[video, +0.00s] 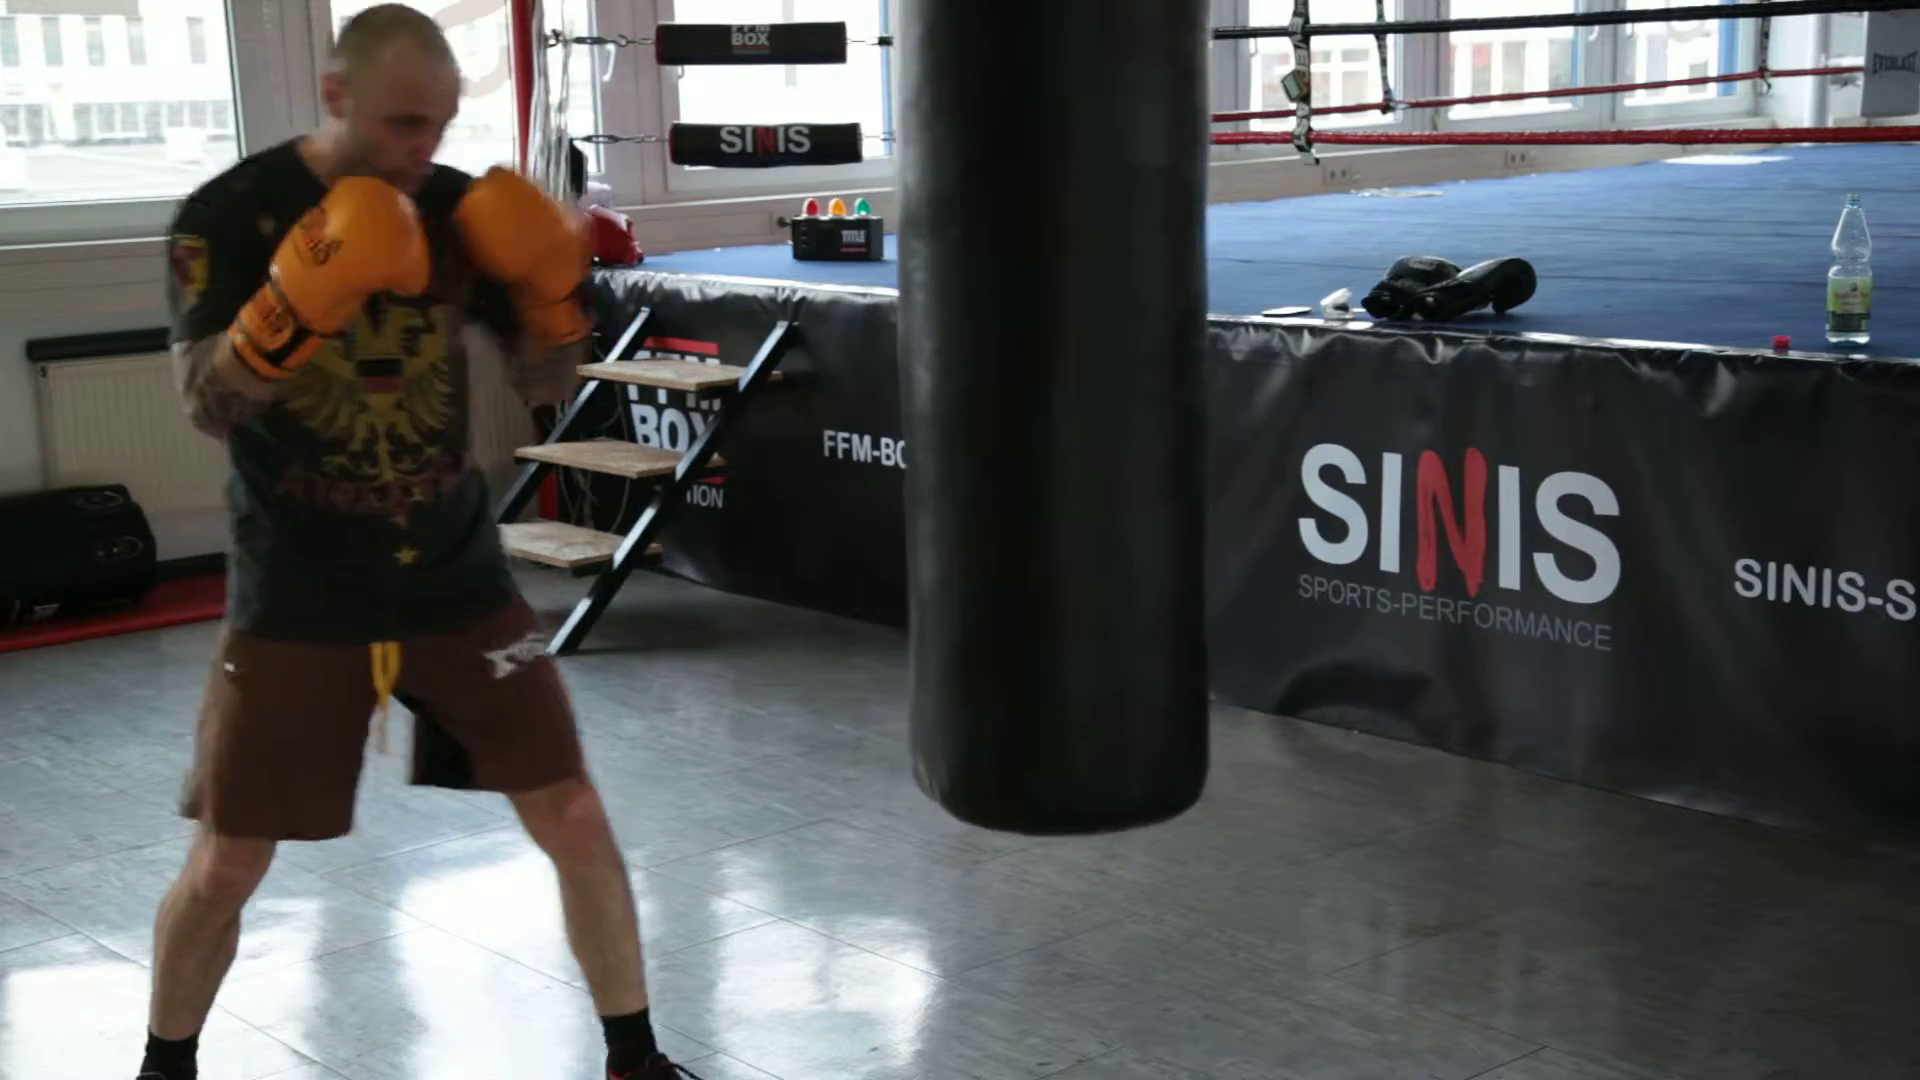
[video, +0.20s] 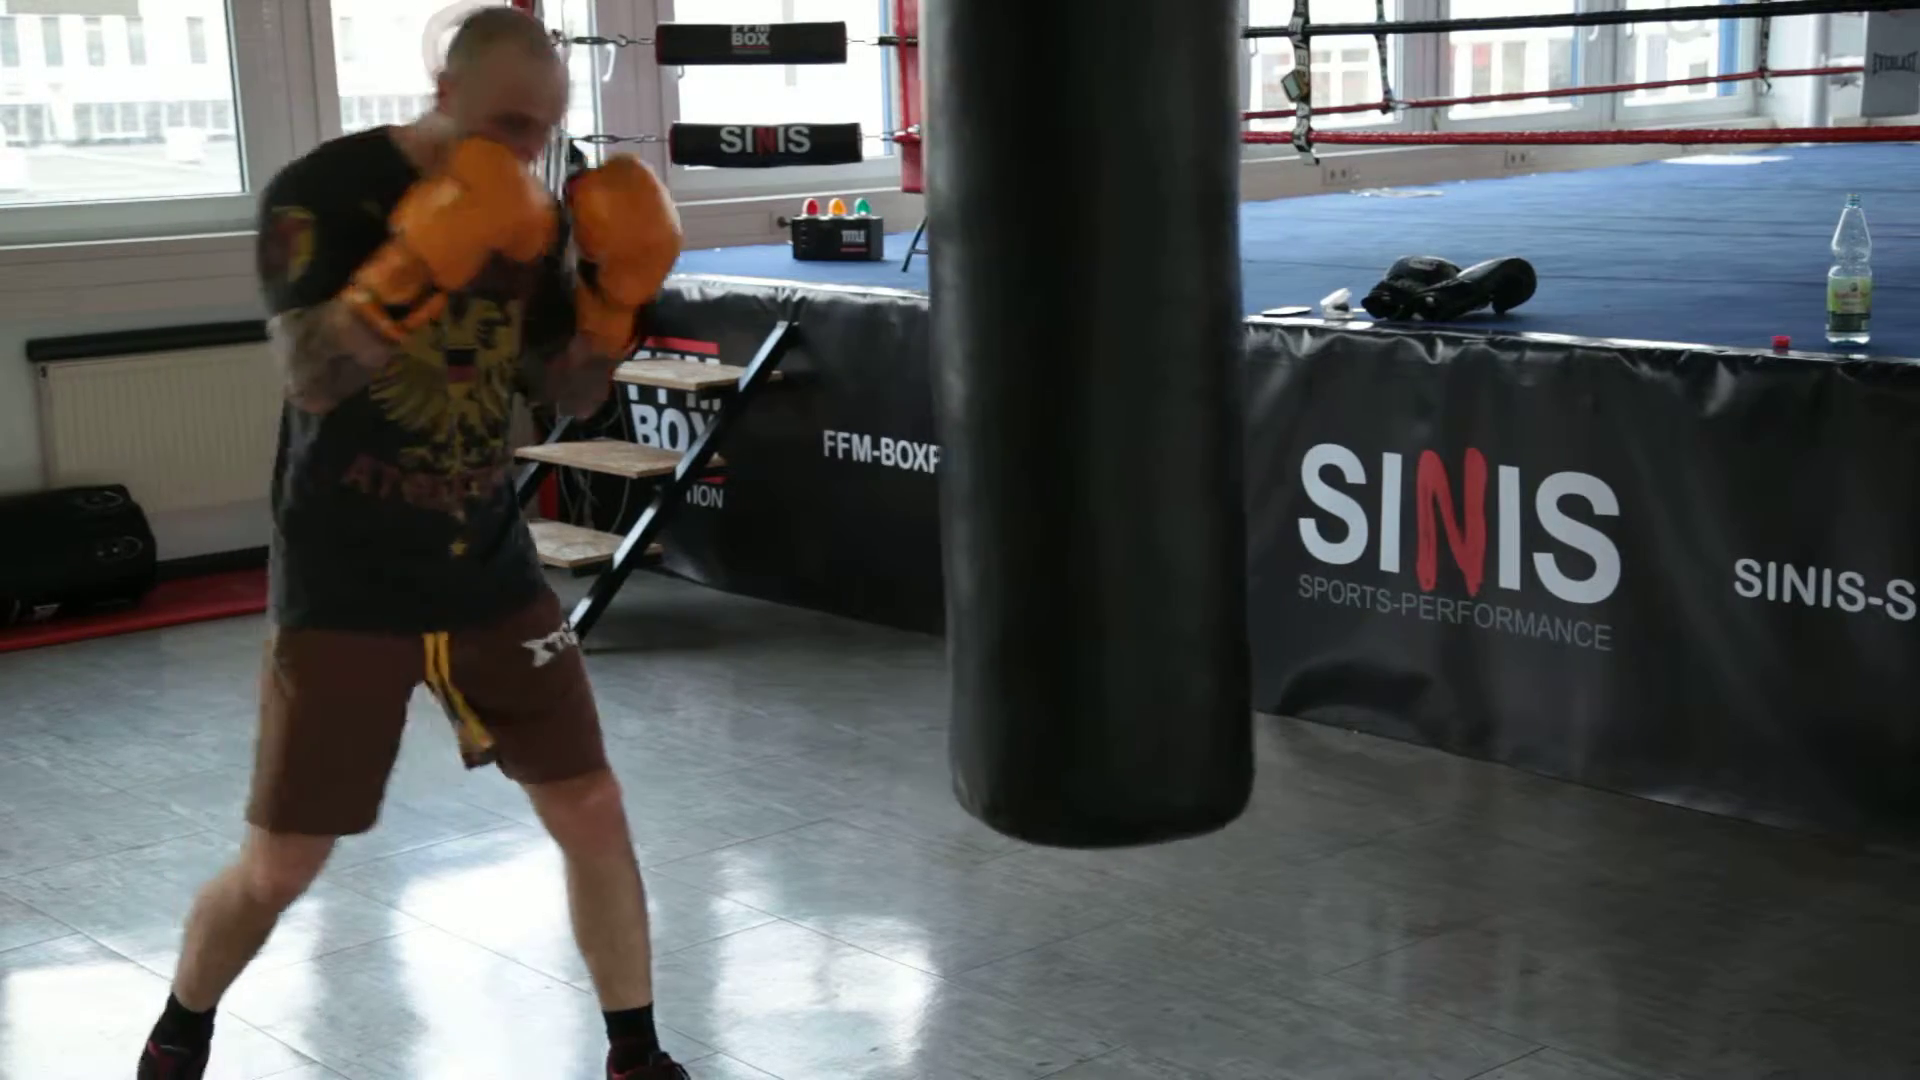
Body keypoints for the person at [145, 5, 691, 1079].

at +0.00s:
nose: (426, 153)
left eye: (440, 128)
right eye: (406, 125)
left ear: (453, 111)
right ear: (334, 95)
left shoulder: (464, 211)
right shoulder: (228, 219)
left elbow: (546, 392)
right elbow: (209, 402)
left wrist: (552, 292)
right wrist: (291, 306)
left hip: (457, 568)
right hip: (299, 580)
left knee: (576, 818)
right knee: (226, 868)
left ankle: (638, 1062)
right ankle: (166, 1072)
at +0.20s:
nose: (519, 155)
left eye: (538, 134)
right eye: (503, 128)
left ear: (550, 123)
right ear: (440, 93)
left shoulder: (537, 218)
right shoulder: (320, 195)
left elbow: (561, 398)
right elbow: (311, 378)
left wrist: (618, 296)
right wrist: (418, 263)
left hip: (490, 561)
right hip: (345, 569)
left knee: (592, 812)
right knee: (283, 862)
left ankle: (637, 1057)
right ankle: (178, 1041)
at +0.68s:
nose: (364, 181)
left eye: (379, 154)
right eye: (338, 158)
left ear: (396, 140)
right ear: (268, 139)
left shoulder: (432, 209)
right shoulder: (203, 256)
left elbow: (576, 355)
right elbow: (236, 466)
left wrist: (525, 284)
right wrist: (275, 353)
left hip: (469, 578)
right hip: (307, 595)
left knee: (593, 828)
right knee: (225, 879)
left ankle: (640, 1058)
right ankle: (163, 1062)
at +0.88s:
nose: (425, 151)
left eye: (437, 125)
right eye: (401, 127)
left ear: (451, 106)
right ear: (328, 106)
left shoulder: (470, 195)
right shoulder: (236, 224)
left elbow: (551, 370)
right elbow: (237, 429)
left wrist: (567, 286)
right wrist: (318, 321)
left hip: (484, 557)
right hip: (330, 573)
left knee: (594, 815)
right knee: (250, 862)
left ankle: (637, 1058)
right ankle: (168, 1060)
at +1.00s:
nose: (502, 124)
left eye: (520, 101)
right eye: (482, 98)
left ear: (536, 86)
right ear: (411, 71)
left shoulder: (524, 202)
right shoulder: (296, 197)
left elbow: (575, 388)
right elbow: (277, 383)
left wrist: (619, 291)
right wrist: (390, 271)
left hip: (498, 562)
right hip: (345, 573)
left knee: (604, 822)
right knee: (267, 866)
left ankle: (638, 1060)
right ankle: (171, 1057)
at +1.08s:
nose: (533, 133)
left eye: (549, 110)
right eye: (513, 107)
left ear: (560, 97)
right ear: (440, 80)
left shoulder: (532, 214)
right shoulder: (321, 202)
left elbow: (571, 404)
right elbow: (305, 385)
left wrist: (632, 325)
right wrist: (432, 279)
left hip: (502, 560)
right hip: (352, 572)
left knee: (608, 823)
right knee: (269, 867)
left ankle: (638, 1063)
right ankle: (172, 1053)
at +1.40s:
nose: (442, 157)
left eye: (455, 130)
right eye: (417, 131)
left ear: (469, 113)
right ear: (339, 105)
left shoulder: (485, 214)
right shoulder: (244, 231)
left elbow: (575, 403)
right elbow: (238, 438)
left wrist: (565, 327)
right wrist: (327, 326)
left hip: (484, 596)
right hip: (317, 617)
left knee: (622, 833)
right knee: (239, 902)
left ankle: (647, 1059)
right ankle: (192, 1078)